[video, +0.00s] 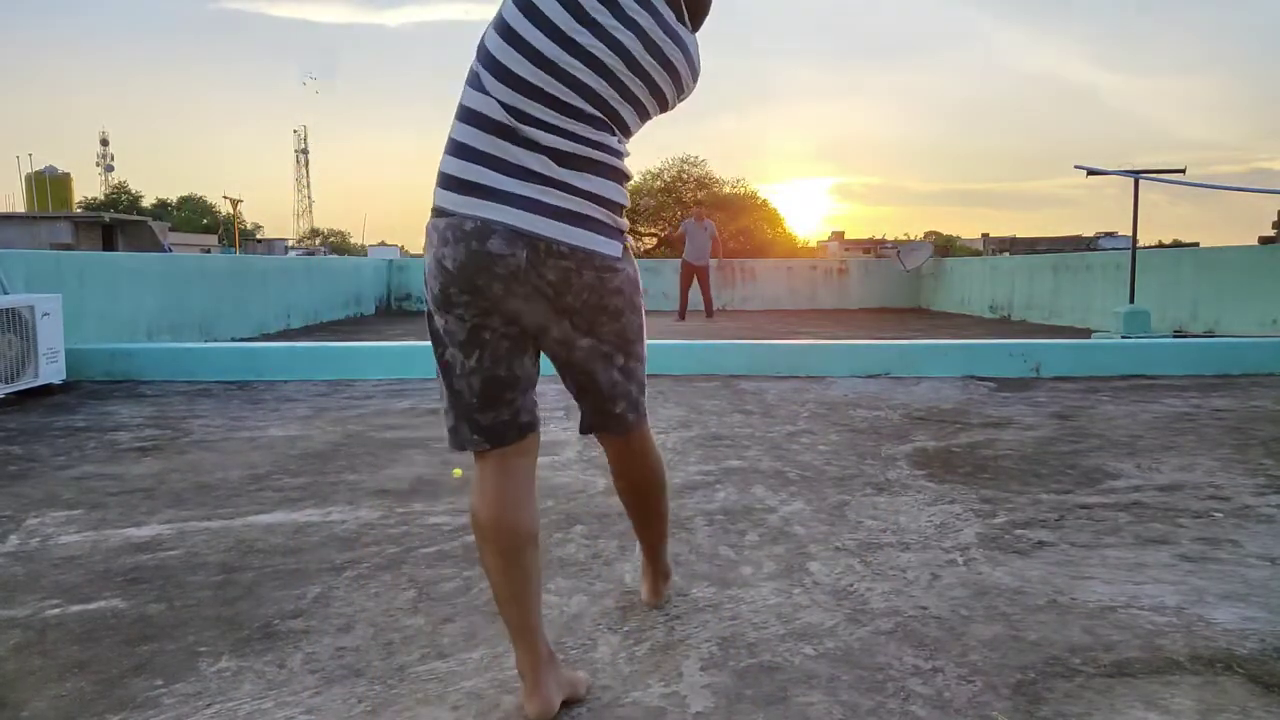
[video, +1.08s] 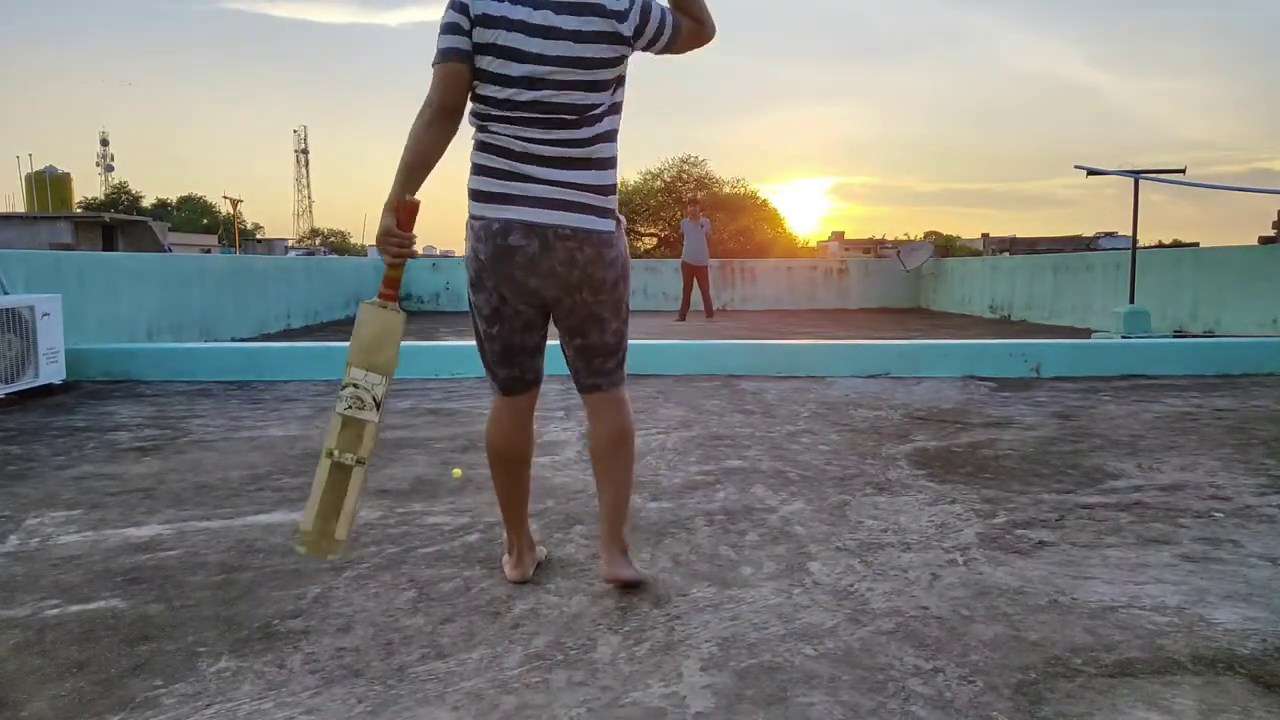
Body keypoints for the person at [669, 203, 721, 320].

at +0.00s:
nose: (698, 210)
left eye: (700, 208)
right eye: (696, 208)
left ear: (704, 210)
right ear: (692, 210)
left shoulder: (710, 224)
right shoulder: (687, 224)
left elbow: (716, 240)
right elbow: (678, 236)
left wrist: (720, 257)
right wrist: (671, 236)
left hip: (703, 262)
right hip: (688, 261)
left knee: (706, 291)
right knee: (684, 290)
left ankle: (709, 315)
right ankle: (681, 316)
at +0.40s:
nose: (695, 209)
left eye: (698, 206)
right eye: (693, 206)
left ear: (702, 208)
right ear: (690, 208)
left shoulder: (707, 223)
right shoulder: (685, 222)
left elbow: (717, 237)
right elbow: (673, 229)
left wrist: (708, 245)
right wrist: (684, 240)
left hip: (702, 261)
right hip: (687, 260)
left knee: (705, 291)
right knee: (686, 290)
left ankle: (710, 314)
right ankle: (682, 315)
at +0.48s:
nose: (695, 209)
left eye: (697, 206)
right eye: (693, 206)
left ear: (701, 208)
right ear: (689, 208)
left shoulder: (707, 222)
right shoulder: (685, 222)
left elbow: (717, 232)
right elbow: (673, 227)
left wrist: (719, 233)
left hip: (701, 261)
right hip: (687, 260)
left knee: (705, 291)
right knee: (686, 290)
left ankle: (709, 314)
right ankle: (682, 315)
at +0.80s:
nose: (693, 210)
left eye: (696, 207)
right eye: (691, 207)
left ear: (700, 209)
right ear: (688, 209)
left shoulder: (705, 222)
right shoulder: (684, 222)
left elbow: (716, 235)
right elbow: (673, 235)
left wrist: (718, 244)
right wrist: (661, 243)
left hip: (701, 261)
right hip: (687, 261)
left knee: (705, 290)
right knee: (686, 290)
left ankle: (709, 314)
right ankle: (682, 315)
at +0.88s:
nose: (693, 210)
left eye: (695, 207)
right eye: (691, 207)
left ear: (699, 208)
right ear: (688, 209)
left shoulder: (705, 223)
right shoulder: (684, 223)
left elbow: (714, 240)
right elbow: (677, 240)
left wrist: (720, 257)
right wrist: (667, 256)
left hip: (701, 262)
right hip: (687, 261)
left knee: (705, 291)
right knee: (686, 290)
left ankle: (710, 315)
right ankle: (682, 315)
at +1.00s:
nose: (693, 209)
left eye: (695, 206)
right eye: (690, 207)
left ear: (700, 208)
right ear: (687, 209)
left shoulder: (705, 223)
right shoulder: (683, 223)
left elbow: (709, 240)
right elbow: (681, 240)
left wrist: (712, 257)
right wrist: (680, 257)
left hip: (701, 262)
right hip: (687, 261)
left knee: (705, 291)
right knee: (686, 291)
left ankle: (709, 314)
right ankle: (682, 315)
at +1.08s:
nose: (693, 209)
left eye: (695, 206)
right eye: (691, 206)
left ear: (699, 208)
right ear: (687, 209)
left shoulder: (705, 222)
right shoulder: (683, 223)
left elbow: (709, 235)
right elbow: (681, 235)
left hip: (702, 261)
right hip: (687, 260)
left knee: (705, 291)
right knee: (686, 290)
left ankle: (709, 315)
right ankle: (682, 315)